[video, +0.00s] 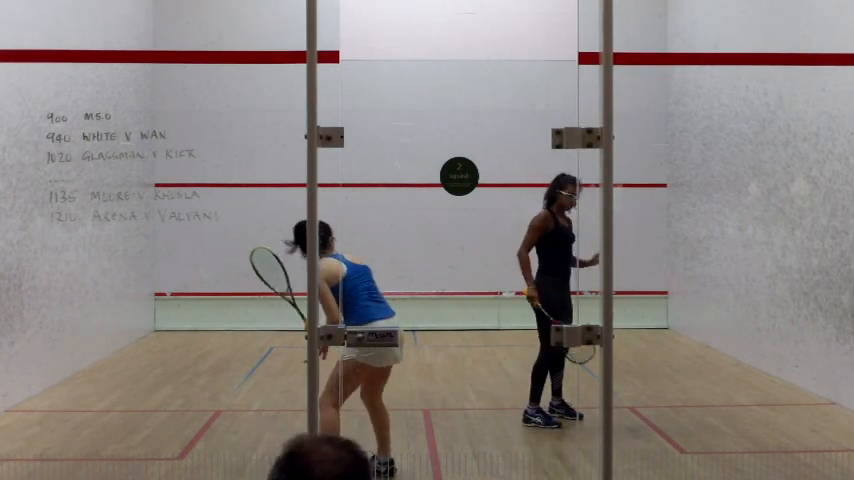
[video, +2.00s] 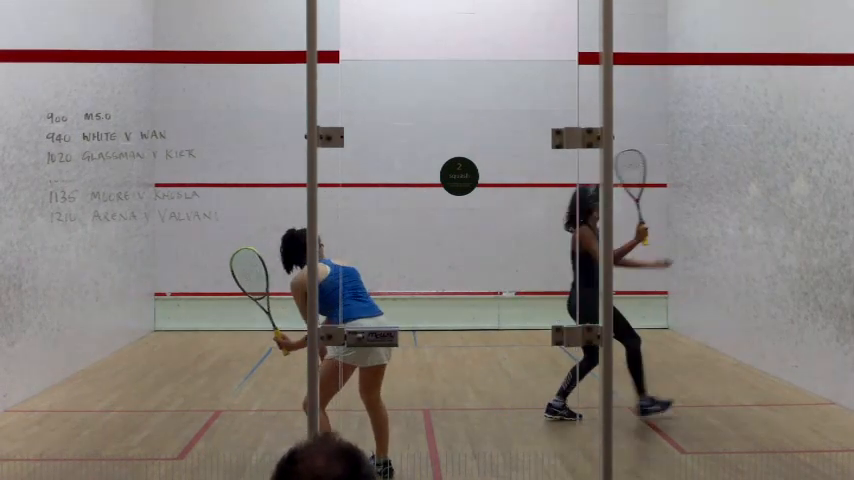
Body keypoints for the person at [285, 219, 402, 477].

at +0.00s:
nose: (304, 256)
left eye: (304, 250)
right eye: (334, 238)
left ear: (305, 248)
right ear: (332, 241)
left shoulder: (320, 270)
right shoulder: (354, 261)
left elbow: (334, 318)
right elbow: (355, 309)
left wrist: (324, 341)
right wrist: (327, 335)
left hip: (364, 340)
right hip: (391, 335)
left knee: (328, 402)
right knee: (373, 397)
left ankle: (329, 465)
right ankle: (384, 461)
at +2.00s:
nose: (324, 245)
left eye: (321, 241)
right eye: (320, 242)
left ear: (294, 256)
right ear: (317, 247)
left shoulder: (300, 281)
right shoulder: (343, 267)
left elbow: (315, 327)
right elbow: (337, 317)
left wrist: (323, 355)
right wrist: (295, 344)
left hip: (350, 337)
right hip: (381, 331)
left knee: (313, 404)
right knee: (372, 396)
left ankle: (335, 462)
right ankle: (383, 461)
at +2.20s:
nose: (308, 246)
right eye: (305, 242)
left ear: (274, 255)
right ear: (302, 247)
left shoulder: (284, 281)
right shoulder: (328, 270)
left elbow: (295, 330)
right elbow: (309, 323)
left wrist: (307, 365)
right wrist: (268, 339)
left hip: (329, 345)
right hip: (361, 340)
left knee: (299, 409)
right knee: (362, 399)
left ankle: (317, 462)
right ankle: (381, 460)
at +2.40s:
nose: (287, 240)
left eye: (286, 236)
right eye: (285, 237)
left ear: (257, 248)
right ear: (280, 240)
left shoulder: (264, 273)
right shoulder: (299, 263)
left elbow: (263, 324)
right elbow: (280, 320)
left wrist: (267, 367)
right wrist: (240, 333)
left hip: (312, 338)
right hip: (337, 333)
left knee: (293, 412)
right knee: (319, 400)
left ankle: (315, 462)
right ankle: (347, 446)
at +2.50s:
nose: (275, 237)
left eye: (274, 234)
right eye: (273, 234)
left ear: (245, 245)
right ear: (269, 238)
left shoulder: (252, 270)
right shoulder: (291, 261)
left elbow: (243, 322)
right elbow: (273, 317)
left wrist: (241, 369)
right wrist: (232, 333)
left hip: (301, 338)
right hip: (323, 332)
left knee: (289, 415)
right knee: (294, 411)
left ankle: (315, 467)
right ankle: (317, 463)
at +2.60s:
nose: (261, 237)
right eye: (259, 234)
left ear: (231, 245)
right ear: (256, 238)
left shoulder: (237, 270)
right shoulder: (276, 264)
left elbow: (224, 321)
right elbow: (264, 320)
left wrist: (214, 364)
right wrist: (224, 336)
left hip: (287, 340)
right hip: (303, 335)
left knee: (283, 418)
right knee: (263, 400)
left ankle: (319, 468)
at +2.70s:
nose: (245, 238)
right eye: (243, 235)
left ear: (214, 245)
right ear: (240, 240)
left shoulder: (221, 272)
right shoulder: (261, 266)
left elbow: (204, 326)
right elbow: (258, 325)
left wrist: (191, 368)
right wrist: (223, 348)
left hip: (268, 345)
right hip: (278, 339)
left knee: (264, 426)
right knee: (235, 411)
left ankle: (316, 462)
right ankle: (219, 473)